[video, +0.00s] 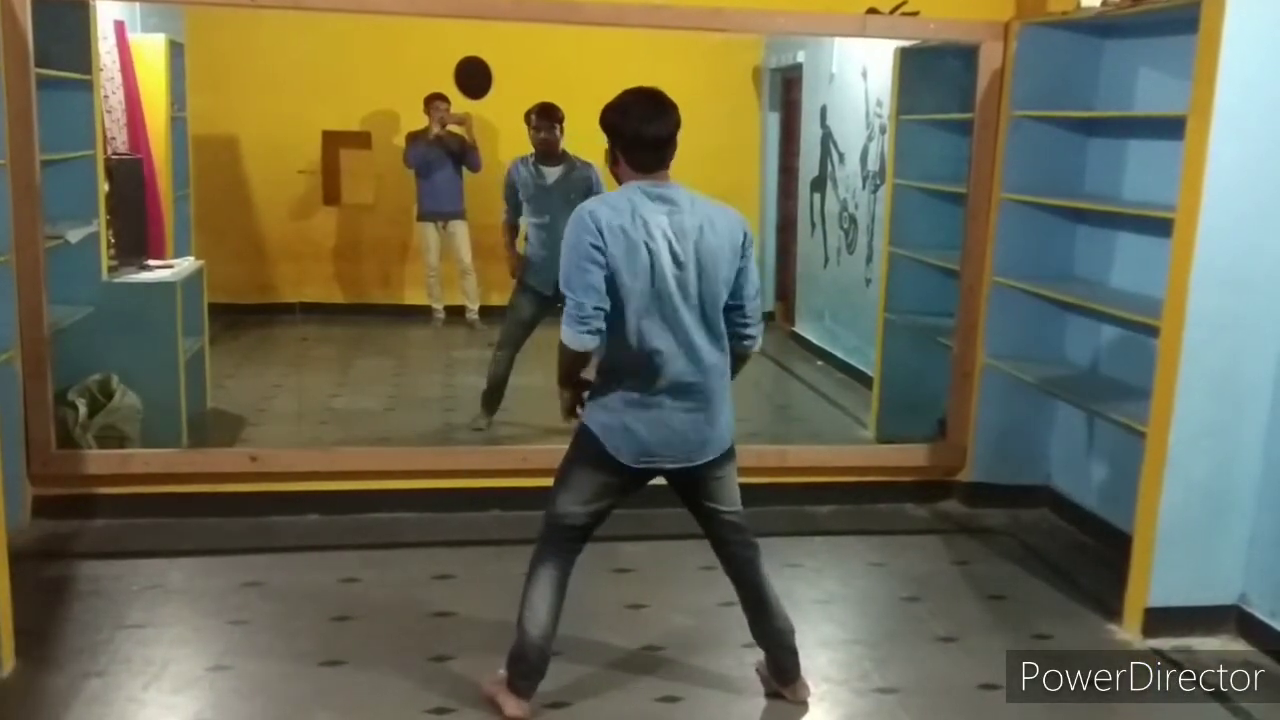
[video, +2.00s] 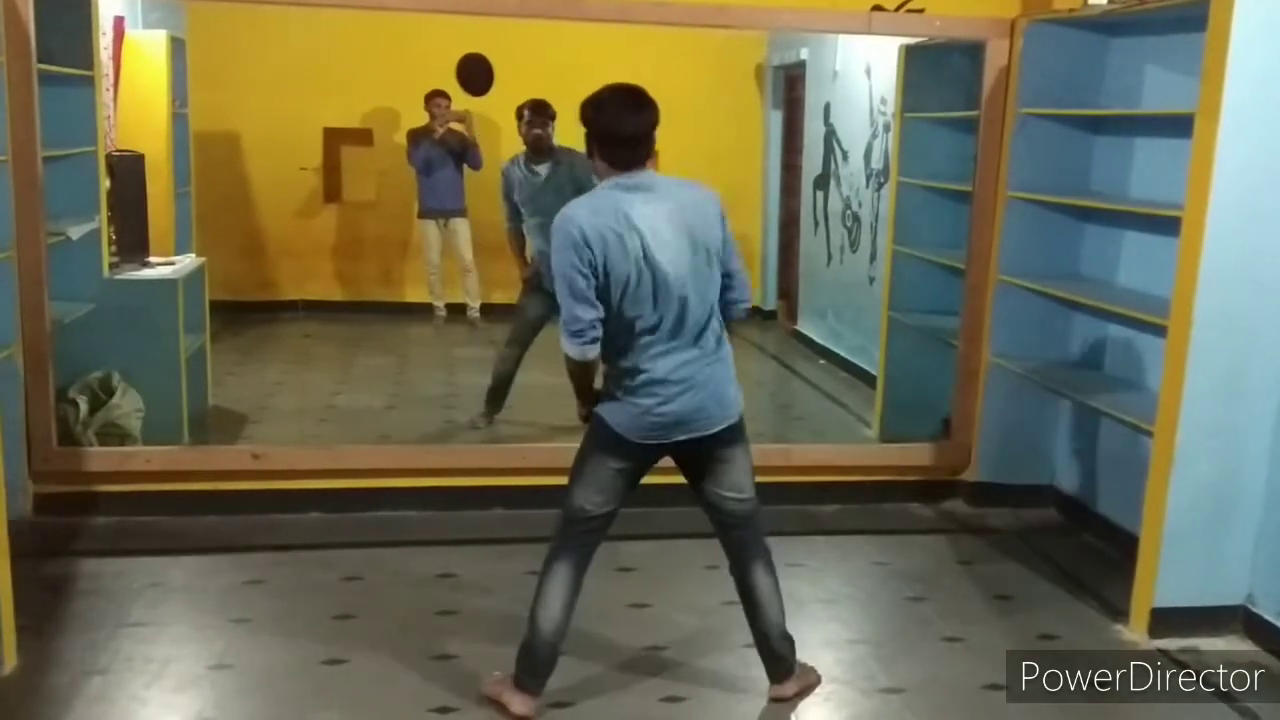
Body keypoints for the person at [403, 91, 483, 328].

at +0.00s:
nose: (441, 114)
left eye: (445, 109)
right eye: (436, 109)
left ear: (450, 113)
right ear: (427, 112)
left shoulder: (456, 140)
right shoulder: (416, 138)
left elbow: (475, 165)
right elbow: (411, 161)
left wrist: (469, 133)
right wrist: (431, 136)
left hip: (455, 212)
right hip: (428, 214)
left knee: (466, 264)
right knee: (432, 266)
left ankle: (472, 313)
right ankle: (437, 312)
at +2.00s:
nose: (440, 111)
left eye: (445, 106)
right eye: (436, 106)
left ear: (450, 110)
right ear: (427, 109)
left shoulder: (457, 136)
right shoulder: (417, 135)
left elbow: (476, 163)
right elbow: (416, 161)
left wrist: (469, 132)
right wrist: (436, 135)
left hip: (456, 209)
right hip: (429, 210)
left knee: (467, 262)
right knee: (433, 264)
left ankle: (474, 310)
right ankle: (438, 309)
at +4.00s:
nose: (437, 118)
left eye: (441, 114)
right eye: (432, 114)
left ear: (447, 117)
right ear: (424, 116)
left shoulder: (454, 143)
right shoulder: (413, 142)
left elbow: (473, 169)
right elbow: (412, 169)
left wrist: (467, 138)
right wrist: (431, 143)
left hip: (453, 216)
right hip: (425, 217)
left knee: (463, 269)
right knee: (429, 270)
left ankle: (470, 316)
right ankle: (435, 315)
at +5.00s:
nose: (454, 164)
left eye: (458, 160)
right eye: (449, 160)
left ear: (463, 163)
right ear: (441, 162)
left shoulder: (470, 189)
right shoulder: (430, 187)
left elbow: (488, 215)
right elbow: (428, 213)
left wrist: (483, 185)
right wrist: (449, 187)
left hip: (468, 260)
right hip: (441, 262)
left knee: (479, 312)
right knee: (445, 314)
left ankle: (485, 360)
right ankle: (450, 359)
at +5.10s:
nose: (455, 167)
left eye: (459, 162)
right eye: (450, 162)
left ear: (464, 165)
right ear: (442, 164)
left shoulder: (472, 191)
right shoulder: (431, 190)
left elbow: (490, 217)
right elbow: (429, 215)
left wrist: (484, 187)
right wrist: (451, 189)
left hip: (470, 262)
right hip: (443, 264)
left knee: (480, 315)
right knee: (447, 316)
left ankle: (486, 362)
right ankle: (452, 361)